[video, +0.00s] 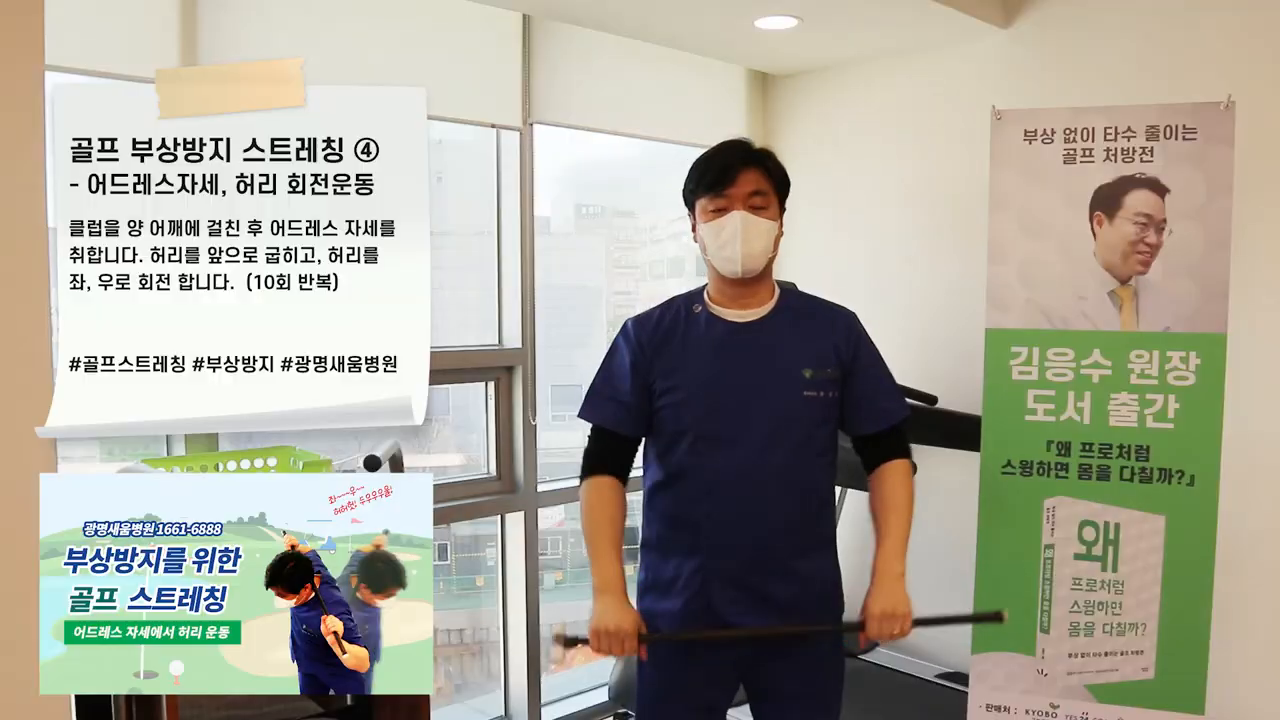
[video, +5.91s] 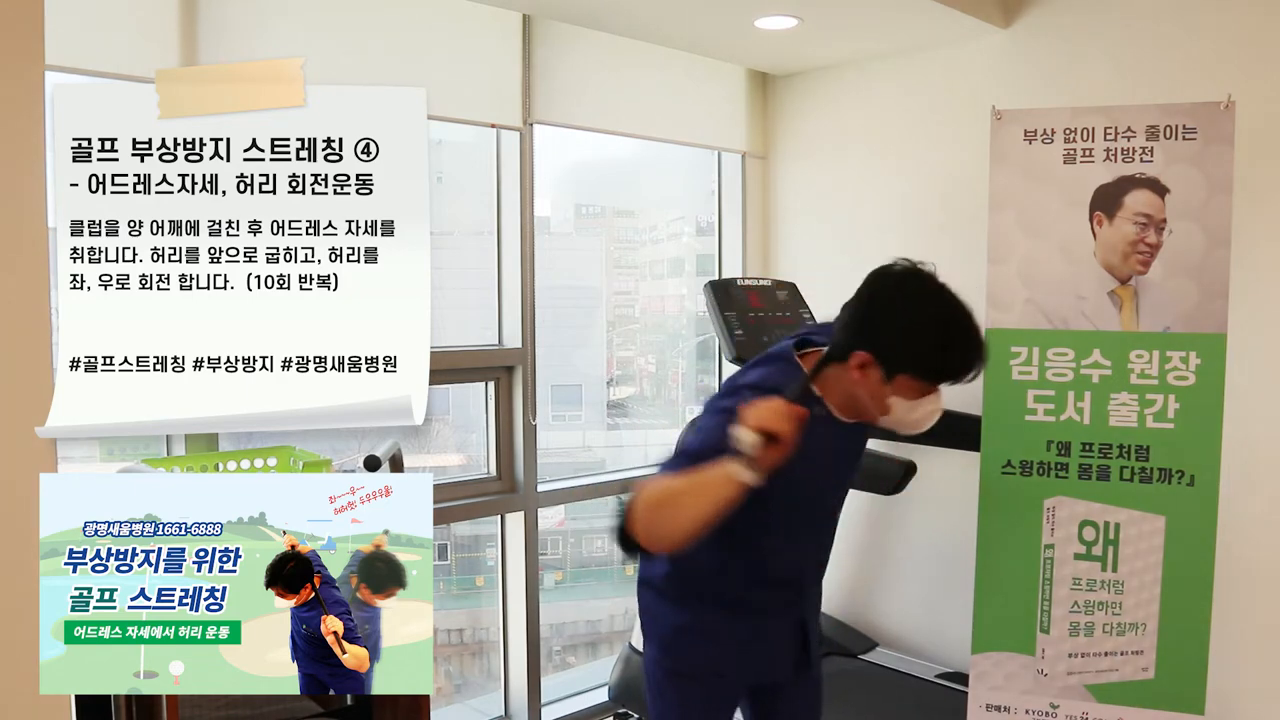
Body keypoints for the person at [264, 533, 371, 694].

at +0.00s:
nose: (279, 599)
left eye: (283, 596)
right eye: (276, 594)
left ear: (306, 590)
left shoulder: (334, 607)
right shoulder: (313, 572)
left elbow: (363, 665)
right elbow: (308, 553)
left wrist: (335, 642)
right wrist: (296, 547)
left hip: (343, 676)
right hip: (311, 668)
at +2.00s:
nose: (278, 599)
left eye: (283, 596)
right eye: (276, 594)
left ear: (306, 590)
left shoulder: (334, 607)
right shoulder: (312, 570)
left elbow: (363, 665)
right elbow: (308, 552)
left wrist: (335, 642)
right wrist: (297, 547)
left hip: (344, 673)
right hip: (310, 667)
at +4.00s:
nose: (278, 599)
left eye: (283, 596)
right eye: (276, 594)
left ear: (306, 590)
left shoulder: (334, 607)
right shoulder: (312, 570)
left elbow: (363, 665)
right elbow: (308, 552)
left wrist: (335, 642)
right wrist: (297, 547)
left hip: (344, 673)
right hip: (310, 667)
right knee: (312, 714)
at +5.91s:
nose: (278, 599)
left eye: (283, 595)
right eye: (276, 593)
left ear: (306, 589)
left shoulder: (334, 608)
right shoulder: (311, 569)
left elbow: (363, 665)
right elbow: (308, 552)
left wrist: (335, 642)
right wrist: (296, 547)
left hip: (344, 672)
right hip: (310, 666)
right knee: (312, 713)